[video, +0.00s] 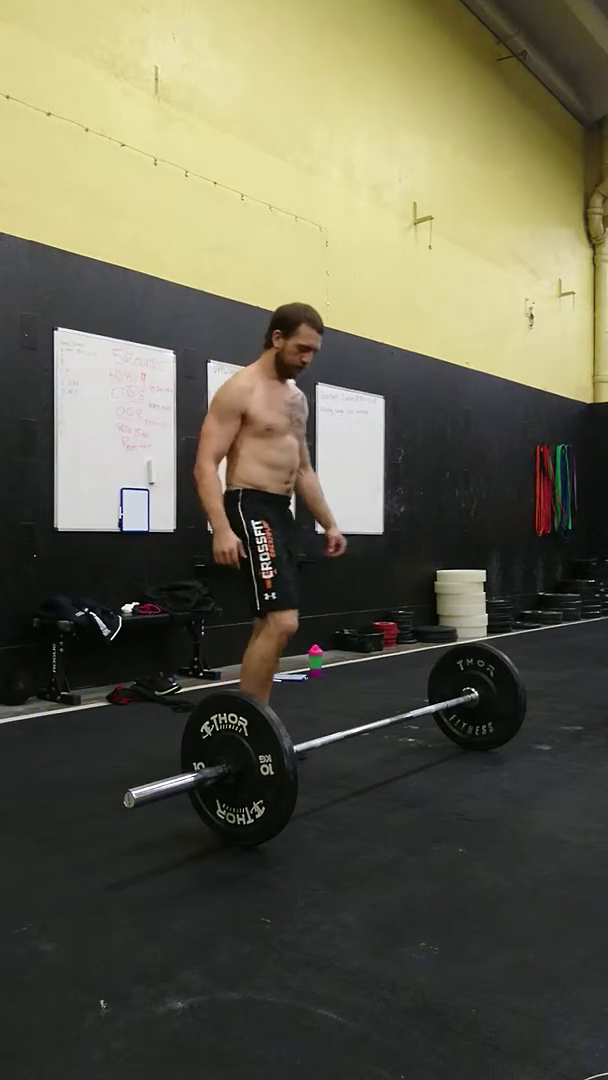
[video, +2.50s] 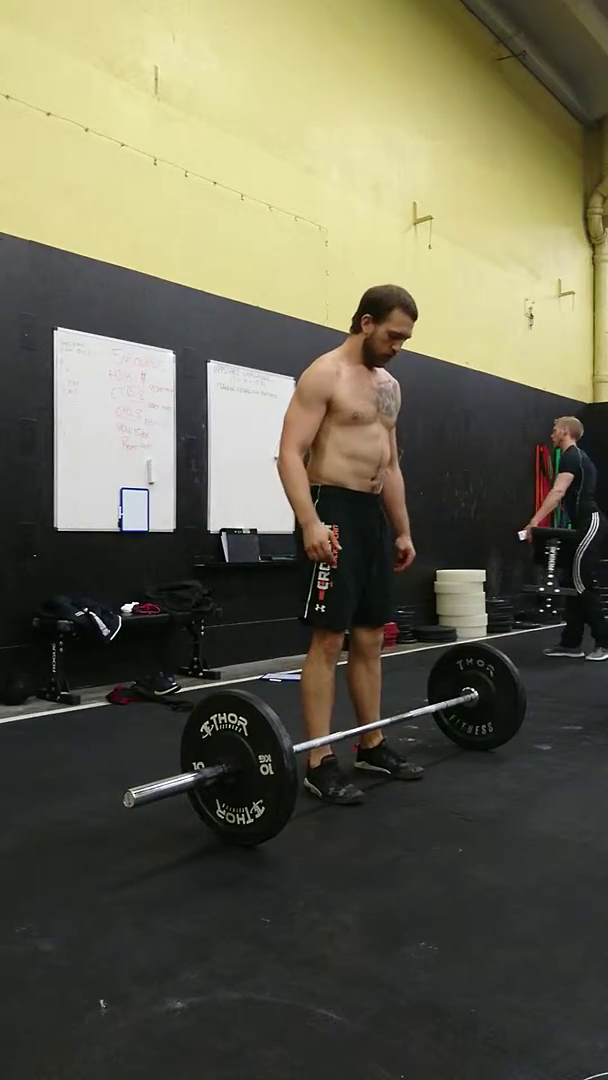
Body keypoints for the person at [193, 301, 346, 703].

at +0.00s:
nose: (308, 360)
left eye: (313, 352)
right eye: (303, 349)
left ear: (317, 349)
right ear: (276, 339)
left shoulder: (297, 397)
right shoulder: (239, 388)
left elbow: (302, 469)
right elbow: (205, 465)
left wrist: (328, 522)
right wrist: (221, 529)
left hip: (280, 510)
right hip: (250, 506)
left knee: (270, 625)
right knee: (282, 621)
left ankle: (251, 726)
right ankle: (246, 726)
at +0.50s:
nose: (347, 356)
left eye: (353, 349)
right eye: (342, 346)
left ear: (353, 346)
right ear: (315, 335)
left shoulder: (333, 397)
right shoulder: (279, 384)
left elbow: (339, 473)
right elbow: (254, 463)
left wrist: (366, 531)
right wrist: (263, 535)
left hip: (324, 515)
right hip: (289, 512)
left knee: (352, 621)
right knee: (302, 635)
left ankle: (284, 696)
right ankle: (304, 748)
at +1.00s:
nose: (388, 354)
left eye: (394, 347)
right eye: (383, 344)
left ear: (393, 344)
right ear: (356, 332)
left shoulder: (379, 397)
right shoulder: (315, 383)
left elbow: (385, 473)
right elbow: (295, 461)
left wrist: (405, 536)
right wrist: (319, 526)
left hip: (362, 517)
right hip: (323, 515)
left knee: (364, 635)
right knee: (337, 631)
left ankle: (366, 743)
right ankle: (305, 743)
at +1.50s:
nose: (398, 351)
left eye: (404, 343)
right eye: (394, 340)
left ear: (396, 337)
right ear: (365, 325)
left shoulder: (379, 388)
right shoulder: (323, 374)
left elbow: (383, 468)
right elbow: (299, 458)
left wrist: (405, 531)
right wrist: (316, 534)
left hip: (363, 516)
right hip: (323, 515)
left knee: (375, 635)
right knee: (318, 640)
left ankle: (371, 742)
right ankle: (316, 761)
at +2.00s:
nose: (404, 353)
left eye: (410, 346)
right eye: (399, 342)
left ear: (408, 341)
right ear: (371, 328)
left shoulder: (392, 390)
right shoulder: (327, 379)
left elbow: (398, 467)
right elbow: (307, 461)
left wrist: (422, 530)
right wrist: (316, 537)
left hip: (371, 516)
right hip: (332, 513)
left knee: (369, 637)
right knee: (336, 638)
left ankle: (372, 748)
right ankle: (319, 763)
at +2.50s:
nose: (398, 346)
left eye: (405, 338)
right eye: (393, 336)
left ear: (402, 334)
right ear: (365, 323)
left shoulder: (389, 385)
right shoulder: (324, 374)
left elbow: (389, 464)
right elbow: (289, 454)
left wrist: (402, 529)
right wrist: (309, 524)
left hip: (373, 515)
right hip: (333, 515)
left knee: (369, 639)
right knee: (329, 640)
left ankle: (372, 746)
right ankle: (319, 761)